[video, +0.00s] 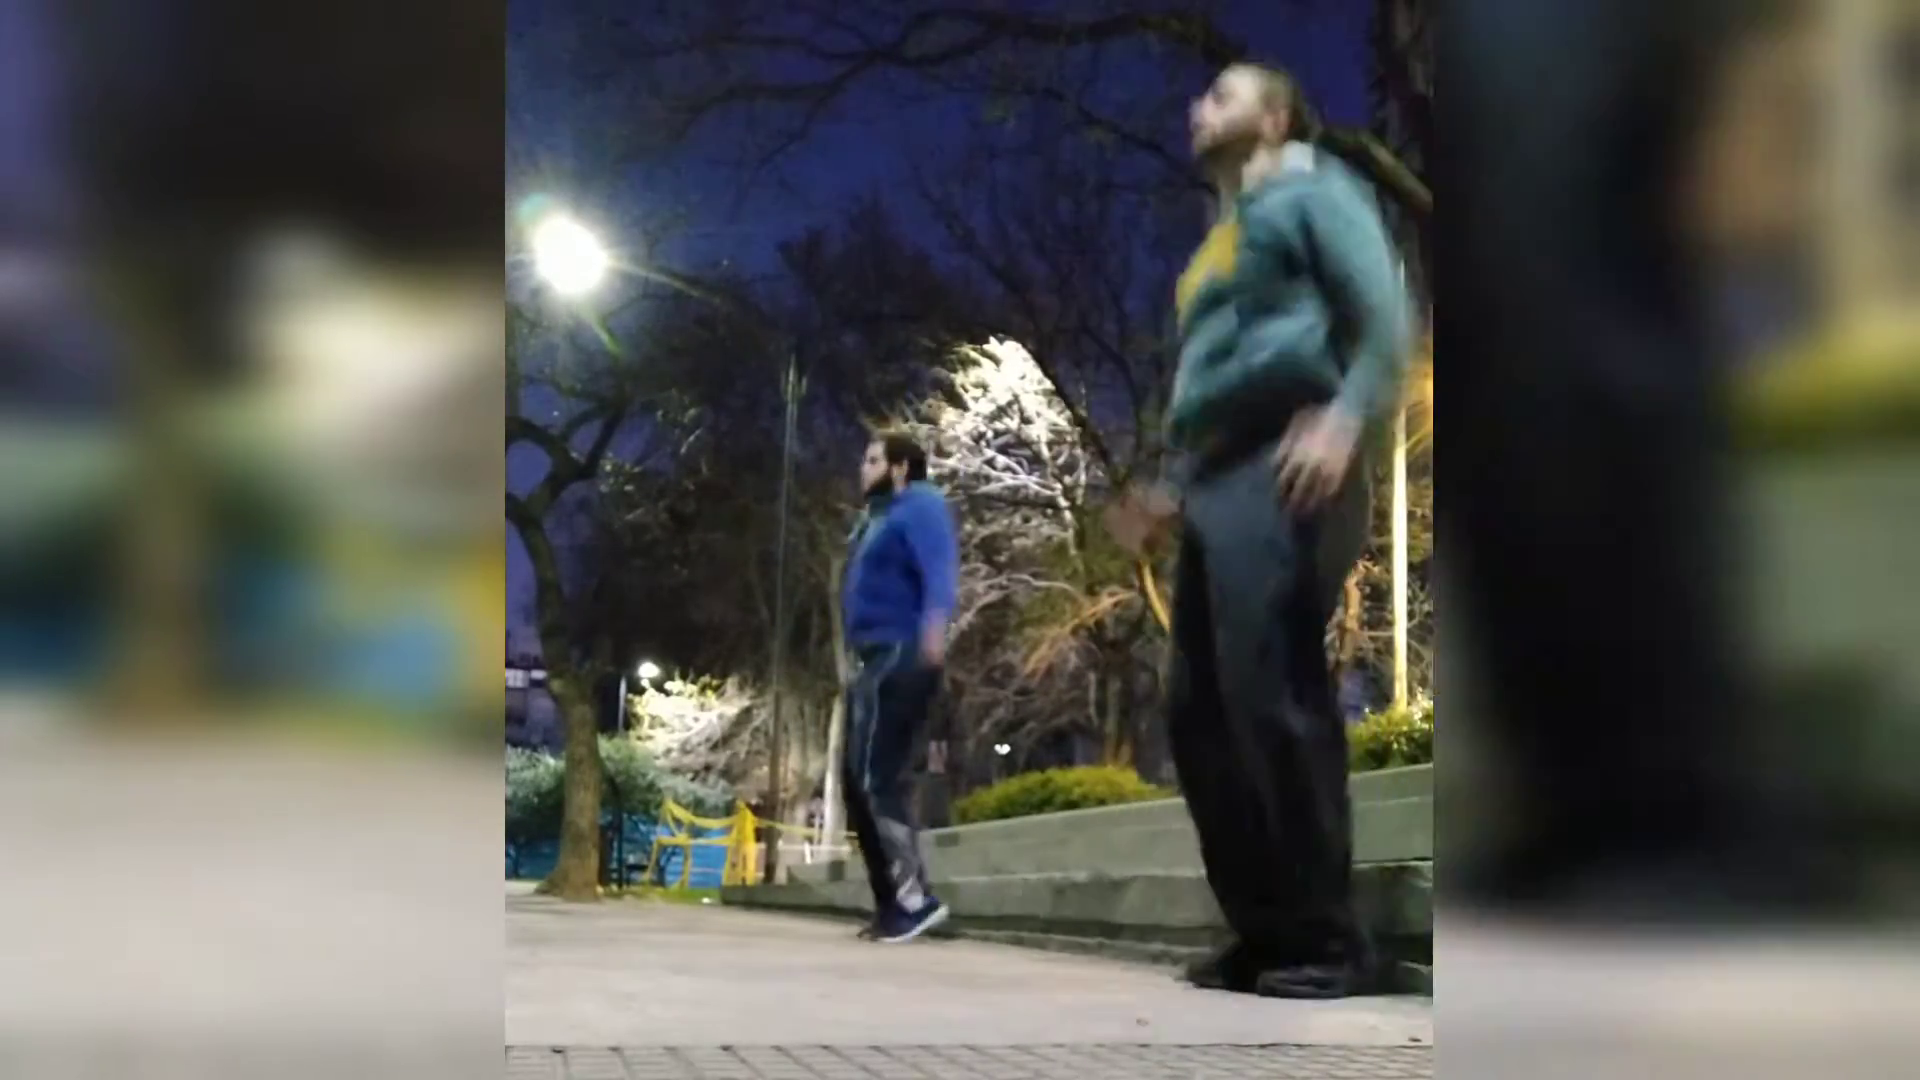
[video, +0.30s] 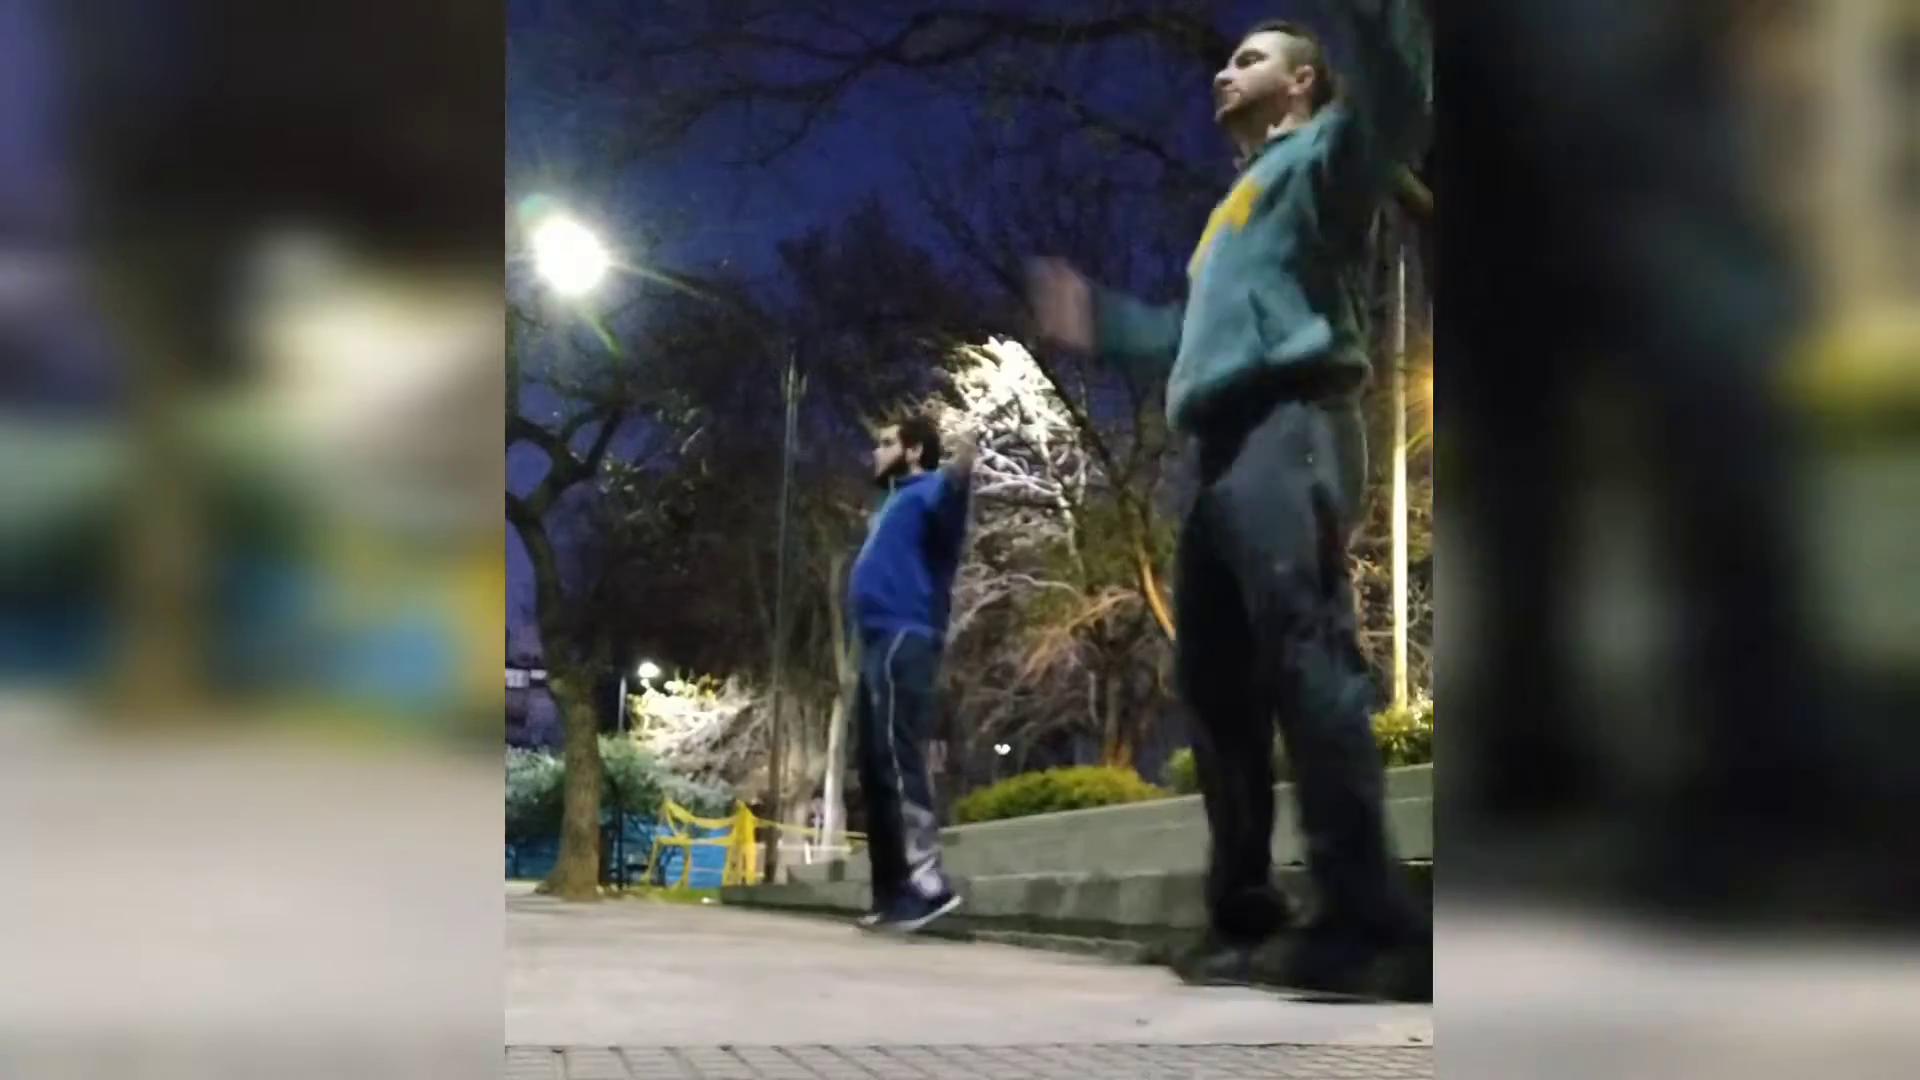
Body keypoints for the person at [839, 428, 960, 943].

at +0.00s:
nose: (863, 469)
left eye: (873, 460)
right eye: (865, 460)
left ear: (901, 467)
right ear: (890, 469)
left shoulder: (920, 505)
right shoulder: (876, 516)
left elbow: (938, 571)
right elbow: (870, 590)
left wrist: (934, 631)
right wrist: (856, 652)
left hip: (903, 651)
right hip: (869, 654)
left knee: (875, 775)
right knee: (857, 778)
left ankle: (913, 898)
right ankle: (891, 904)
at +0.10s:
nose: (862, 492)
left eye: (872, 483)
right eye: (865, 483)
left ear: (900, 491)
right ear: (895, 492)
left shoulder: (920, 536)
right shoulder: (888, 539)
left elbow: (933, 607)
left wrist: (925, 673)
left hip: (902, 681)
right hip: (875, 681)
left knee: (871, 792)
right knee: (853, 795)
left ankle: (918, 911)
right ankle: (900, 908)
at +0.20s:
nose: (870, 467)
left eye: (880, 458)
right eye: (873, 457)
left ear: (907, 465)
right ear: (903, 467)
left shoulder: (928, 507)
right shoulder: (894, 516)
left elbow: (949, 582)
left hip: (904, 657)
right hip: (872, 659)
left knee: (890, 776)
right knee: (862, 783)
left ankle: (920, 903)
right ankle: (894, 906)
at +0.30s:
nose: (877, 453)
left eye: (887, 444)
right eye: (879, 444)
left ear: (915, 451)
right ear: (908, 454)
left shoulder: (931, 489)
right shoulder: (895, 500)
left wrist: (963, 458)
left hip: (907, 632)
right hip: (876, 636)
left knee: (895, 755)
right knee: (875, 764)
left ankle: (927, 885)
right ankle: (892, 894)